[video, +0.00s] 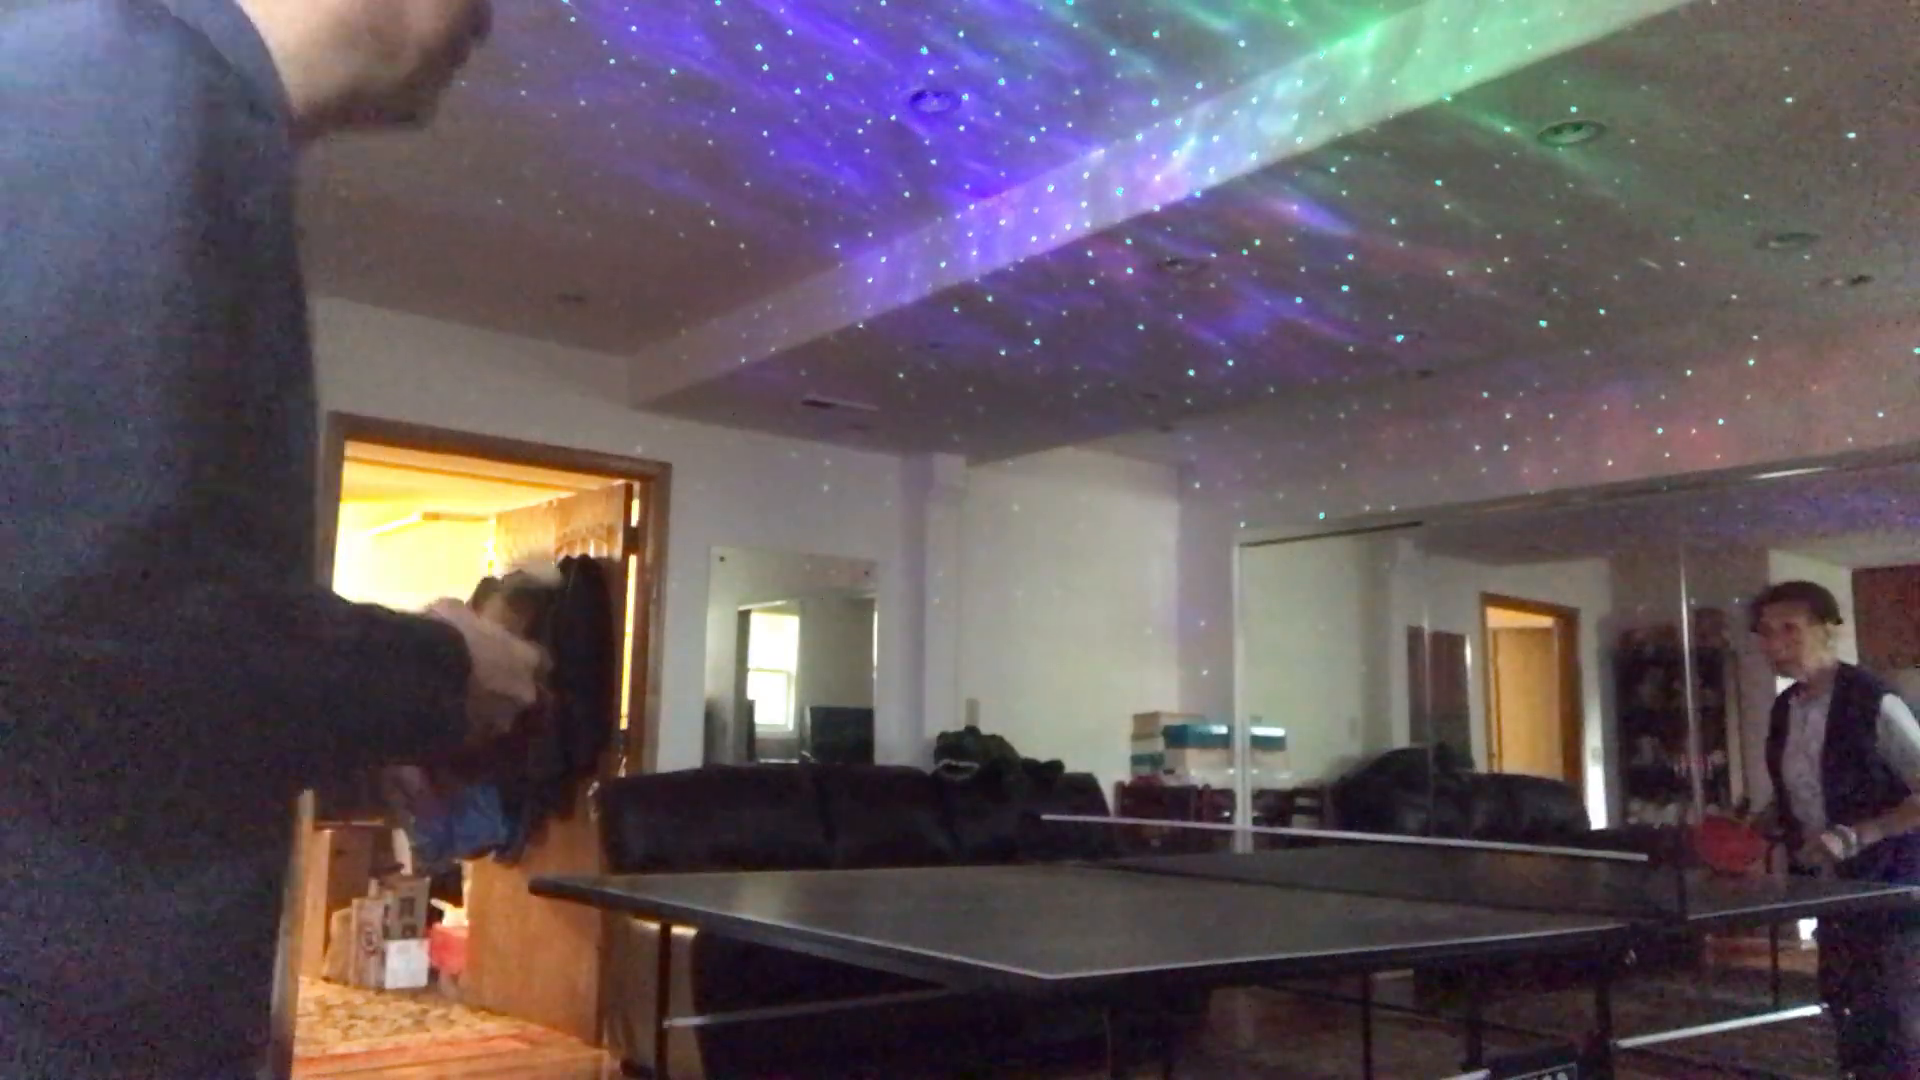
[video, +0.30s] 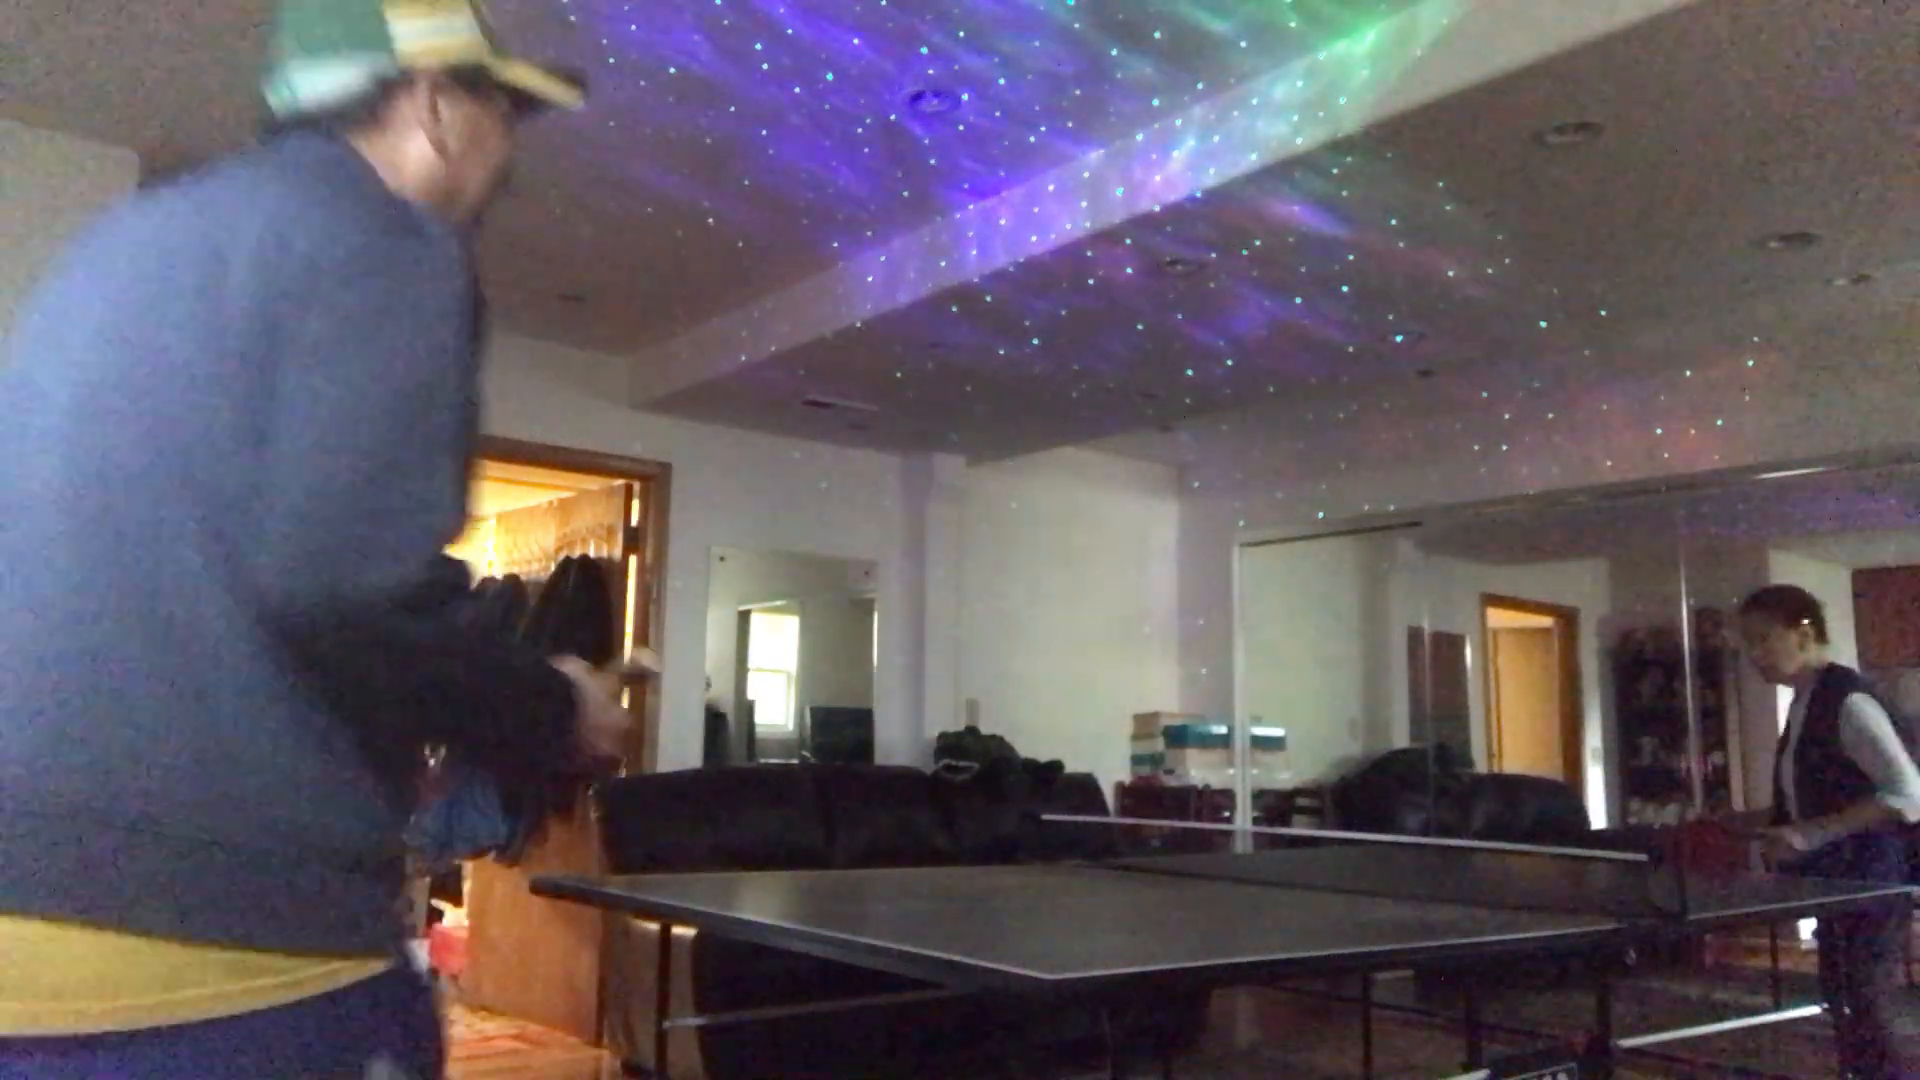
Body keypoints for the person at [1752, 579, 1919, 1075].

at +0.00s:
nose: (1777, 645)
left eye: (1789, 629)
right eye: (1768, 634)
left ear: (1827, 630)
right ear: (1761, 642)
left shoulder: (1874, 703)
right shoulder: (1784, 708)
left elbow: (1917, 795)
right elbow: (1792, 799)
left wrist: (1858, 835)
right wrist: (1761, 827)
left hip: (1888, 879)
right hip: (1827, 884)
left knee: (1894, 1015)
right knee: (1845, 1008)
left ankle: (1896, 1070)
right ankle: (1858, 1069)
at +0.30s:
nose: (1754, 655)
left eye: (1763, 639)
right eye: (1749, 643)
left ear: (1803, 632)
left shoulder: (1849, 702)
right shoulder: (1802, 703)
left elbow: (1906, 797)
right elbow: (1805, 807)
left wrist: (1811, 833)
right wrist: (1743, 821)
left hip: (1873, 882)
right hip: (1837, 881)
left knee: (1870, 1011)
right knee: (1846, 1006)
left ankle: (1887, 1072)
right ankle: (1860, 1071)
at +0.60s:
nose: (1747, 664)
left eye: (1750, 649)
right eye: (1743, 653)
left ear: (1783, 637)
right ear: (1788, 639)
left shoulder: (1828, 692)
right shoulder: (1819, 691)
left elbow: (1782, 790)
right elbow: (1790, 774)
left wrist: (1735, 776)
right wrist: (1736, 752)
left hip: (1866, 886)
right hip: (1848, 884)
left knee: (1862, 1012)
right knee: (1852, 1008)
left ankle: (1876, 1070)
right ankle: (1864, 1068)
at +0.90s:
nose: (1730, 654)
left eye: (1739, 639)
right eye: (1726, 642)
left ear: (1780, 634)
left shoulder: (1837, 696)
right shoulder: (1757, 714)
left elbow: (1905, 786)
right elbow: (1764, 797)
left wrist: (1830, 791)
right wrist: (1745, 806)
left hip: (1860, 879)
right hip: (1797, 878)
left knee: (1862, 1010)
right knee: (1806, 1006)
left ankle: (1878, 1070)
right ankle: (1842, 1067)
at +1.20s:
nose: (1724, 659)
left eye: (1736, 645)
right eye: (1719, 648)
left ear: (1777, 650)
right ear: (1712, 659)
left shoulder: (1835, 712)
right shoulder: (1718, 724)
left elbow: (1905, 778)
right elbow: (1710, 801)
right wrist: (1726, 826)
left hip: (1857, 864)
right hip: (1781, 869)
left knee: (1867, 986)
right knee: (1781, 986)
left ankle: (1891, 1062)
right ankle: (1803, 1068)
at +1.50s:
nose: (1733, 663)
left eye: (1745, 649)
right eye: (1728, 651)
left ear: (1784, 653)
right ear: (1722, 660)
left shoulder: (1842, 715)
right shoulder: (1729, 726)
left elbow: (1901, 802)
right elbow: (1728, 814)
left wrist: (1899, 885)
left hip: (1855, 877)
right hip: (1777, 884)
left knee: (1901, 995)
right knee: (1784, 1006)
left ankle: (1916, 1061)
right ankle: (1802, 1072)